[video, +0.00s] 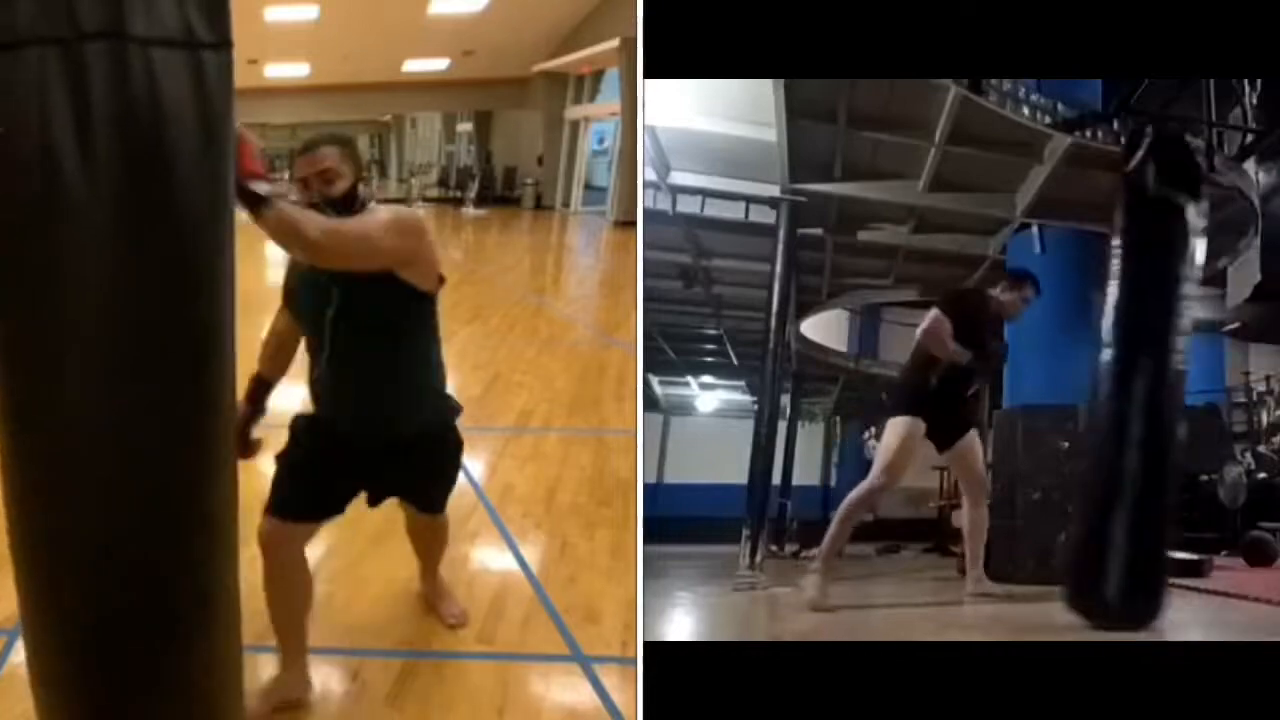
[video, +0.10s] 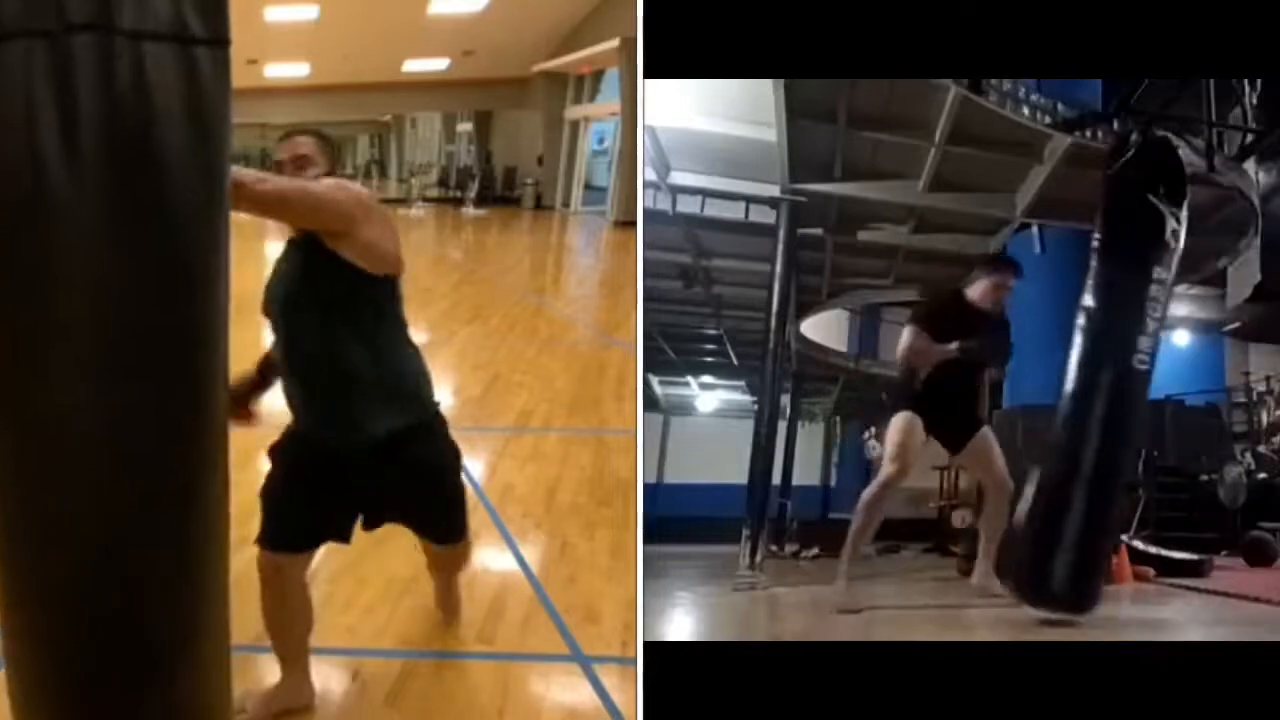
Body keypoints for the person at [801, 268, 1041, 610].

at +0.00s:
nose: (1022, 310)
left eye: (1027, 305)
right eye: (1023, 300)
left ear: (1020, 303)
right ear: (1007, 288)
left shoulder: (998, 336)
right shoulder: (969, 299)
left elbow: (979, 386)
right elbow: (929, 332)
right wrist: (962, 357)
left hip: (955, 410)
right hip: (917, 399)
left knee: (977, 489)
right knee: (881, 481)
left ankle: (976, 579)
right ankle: (820, 567)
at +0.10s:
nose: (1001, 297)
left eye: (1007, 290)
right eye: (997, 286)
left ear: (1009, 291)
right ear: (980, 279)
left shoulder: (998, 324)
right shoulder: (941, 303)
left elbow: (996, 362)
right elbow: (907, 351)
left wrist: (945, 350)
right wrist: (962, 354)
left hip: (962, 412)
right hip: (917, 404)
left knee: (1000, 486)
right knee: (893, 473)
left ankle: (983, 573)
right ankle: (845, 568)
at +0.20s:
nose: (979, 294)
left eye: (985, 287)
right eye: (973, 284)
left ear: (990, 290)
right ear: (954, 280)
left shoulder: (988, 323)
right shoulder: (920, 315)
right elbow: (894, 368)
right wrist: (937, 359)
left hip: (965, 420)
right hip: (918, 416)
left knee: (1004, 492)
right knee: (886, 483)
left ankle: (982, 558)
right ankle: (864, 588)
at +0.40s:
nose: (957, 248)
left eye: (963, 241)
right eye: (951, 237)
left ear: (968, 248)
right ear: (931, 237)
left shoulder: (960, 289)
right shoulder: (895, 270)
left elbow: (962, 334)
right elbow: (855, 310)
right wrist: (888, 316)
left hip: (930, 387)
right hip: (883, 382)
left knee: (959, 474)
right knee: (868, 462)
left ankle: (969, 569)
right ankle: (845, 577)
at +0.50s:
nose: (949, 243)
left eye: (955, 238)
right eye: (944, 233)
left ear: (957, 243)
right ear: (921, 229)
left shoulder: (944, 279)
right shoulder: (884, 261)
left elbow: (953, 330)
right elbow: (834, 301)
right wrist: (888, 302)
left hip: (913, 382)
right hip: (868, 376)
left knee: (943, 478)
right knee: (852, 463)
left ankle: (908, 569)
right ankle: (806, 569)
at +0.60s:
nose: (933, 255)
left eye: (938, 250)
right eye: (930, 245)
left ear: (935, 254)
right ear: (909, 239)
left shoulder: (923, 287)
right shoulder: (867, 267)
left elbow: (926, 336)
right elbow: (824, 310)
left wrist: (939, 332)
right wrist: (879, 313)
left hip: (897, 391)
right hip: (853, 385)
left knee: (919, 491)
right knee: (825, 480)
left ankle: (871, 583)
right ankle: (771, 587)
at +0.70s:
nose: (925, 254)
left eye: (929, 247)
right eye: (921, 243)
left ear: (919, 249)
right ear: (896, 236)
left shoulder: (904, 285)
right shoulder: (855, 263)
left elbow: (888, 338)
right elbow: (824, 310)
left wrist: (914, 352)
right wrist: (877, 315)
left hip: (878, 386)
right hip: (836, 381)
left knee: (934, 460)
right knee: (811, 479)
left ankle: (901, 554)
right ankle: (771, 588)